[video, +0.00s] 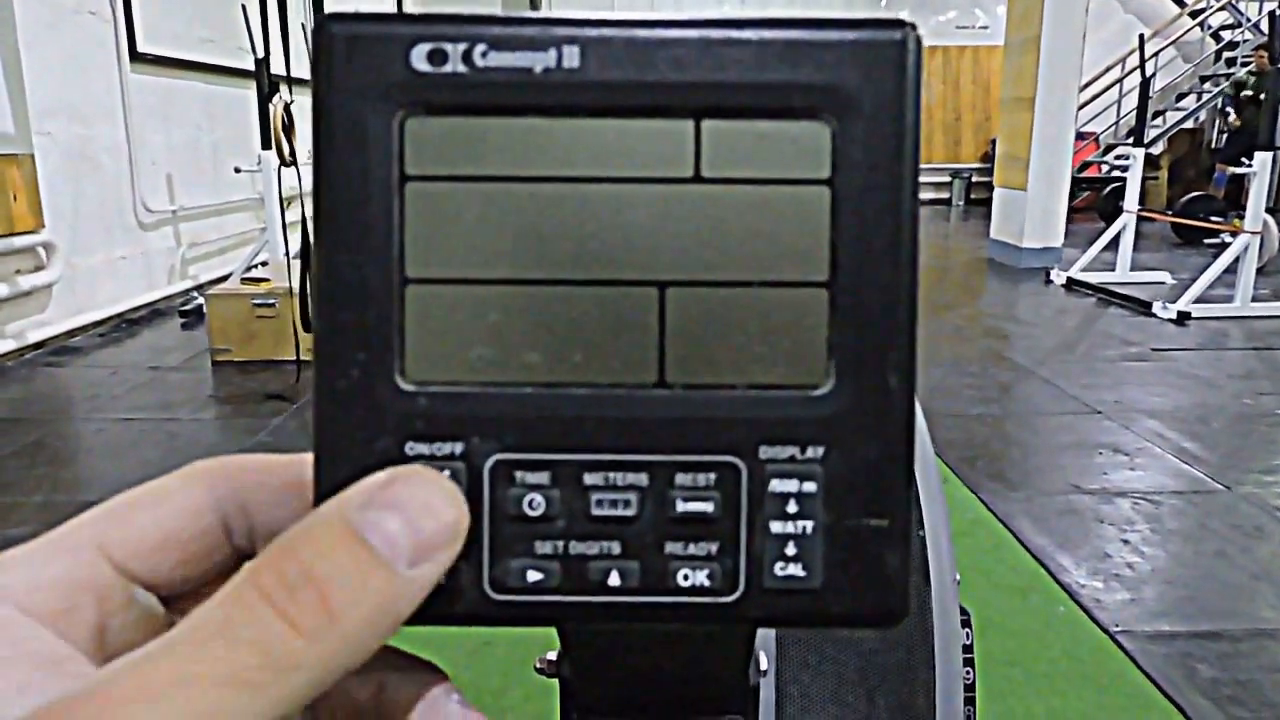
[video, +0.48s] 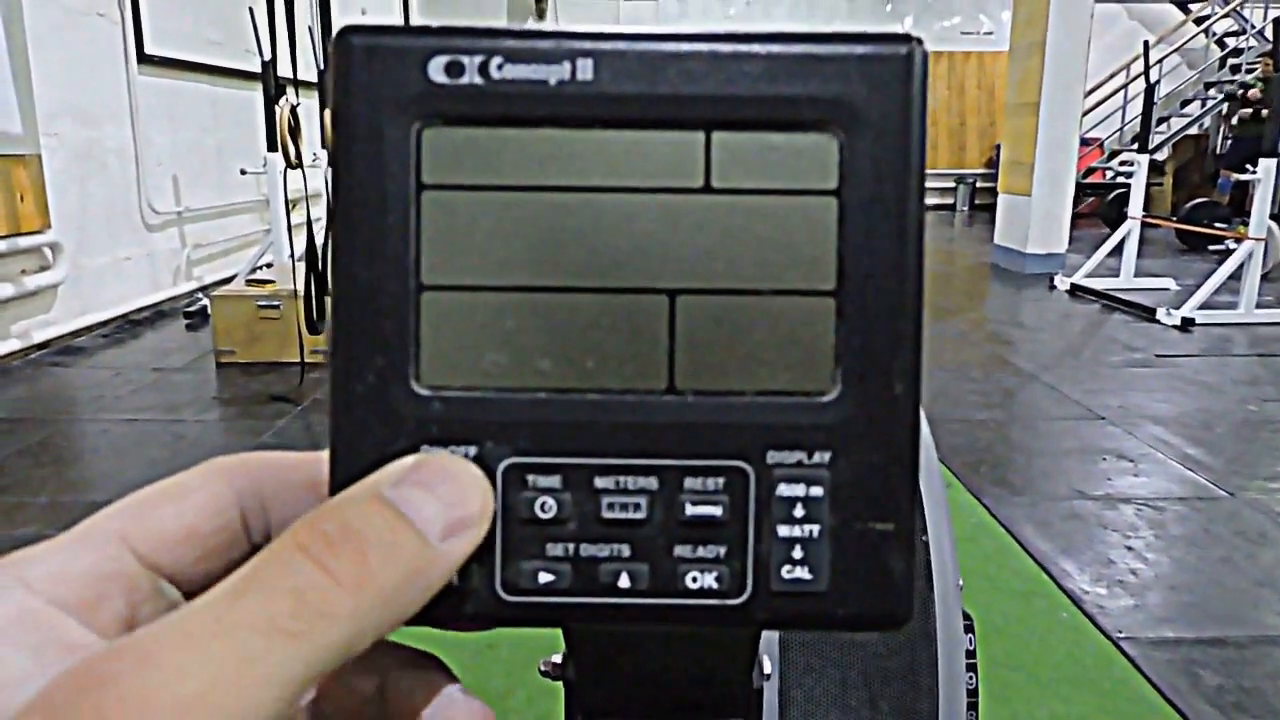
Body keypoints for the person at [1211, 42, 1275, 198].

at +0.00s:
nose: (1260, 60)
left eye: (1263, 57)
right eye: (1257, 57)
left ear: (1270, 59)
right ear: (1253, 58)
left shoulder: (1273, 80)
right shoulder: (1243, 78)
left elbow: (1273, 103)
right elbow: (1227, 97)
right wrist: (1230, 115)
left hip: (1263, 131)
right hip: (1241, 129)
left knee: (1258, 169)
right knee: (1223, 164)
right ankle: (1214, 204)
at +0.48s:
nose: (1263, 68)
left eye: (1268, 65)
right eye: (1262, 64)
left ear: (1275, 68)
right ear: (1259, 64)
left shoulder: (1274, 84)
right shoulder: (1252, 81)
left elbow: (1274, 112)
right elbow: (1229, 94)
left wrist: (1255, 113)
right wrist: (1245, 94)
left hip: (1263, 135)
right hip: (1243, 134)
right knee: (1227, 171)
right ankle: (1216, 211)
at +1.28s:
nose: (1270, 73)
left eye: (1274, 69)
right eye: (1268, 69)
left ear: (1279, 71)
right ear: (1265, 70)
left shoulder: (1276, 91)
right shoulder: (1256, 88)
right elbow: (1227, 100)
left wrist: (1270, 101)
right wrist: (1253, 106)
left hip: (1272, 146)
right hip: (1250, 143)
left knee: (1269, 184)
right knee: (1232, 177)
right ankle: (1221, 220)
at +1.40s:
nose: (1269, 73)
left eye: (1273, 69)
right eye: (1267, 69)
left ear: (1279, 70)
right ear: (1264, 70)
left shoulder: (1277, 91)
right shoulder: (1254, 88)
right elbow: (1225, 104)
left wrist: (1273, 109)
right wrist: (1250, 103)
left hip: (1272, 145)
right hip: (1249, 143)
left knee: (1269, 184)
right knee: (1232, 177)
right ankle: (1222, 219)